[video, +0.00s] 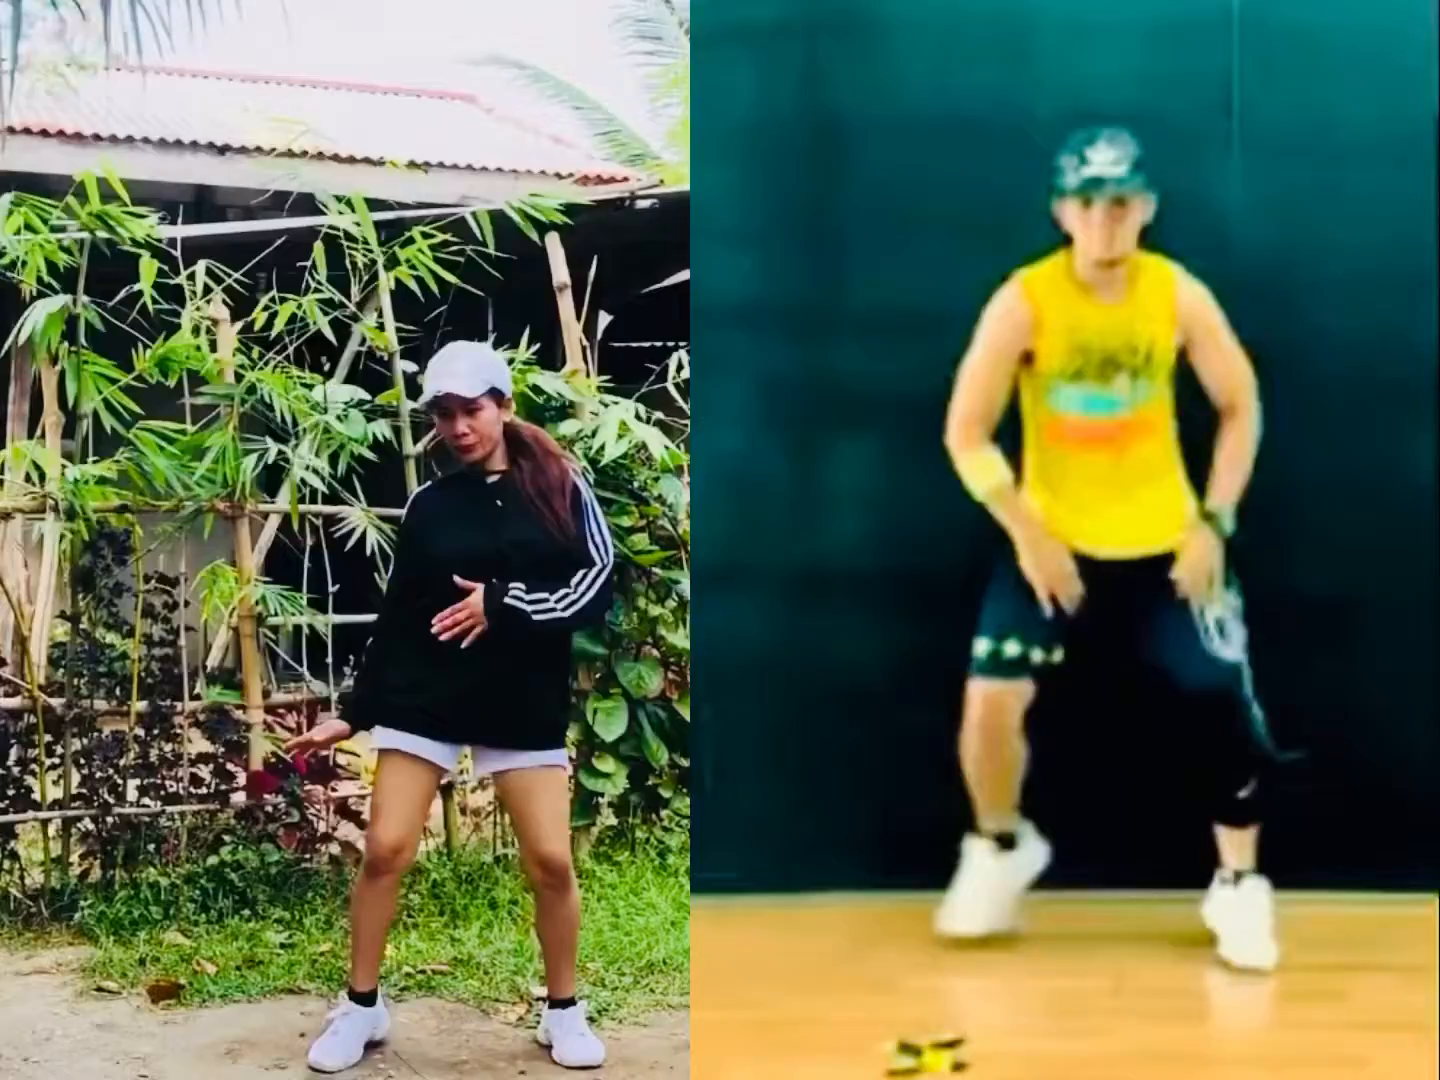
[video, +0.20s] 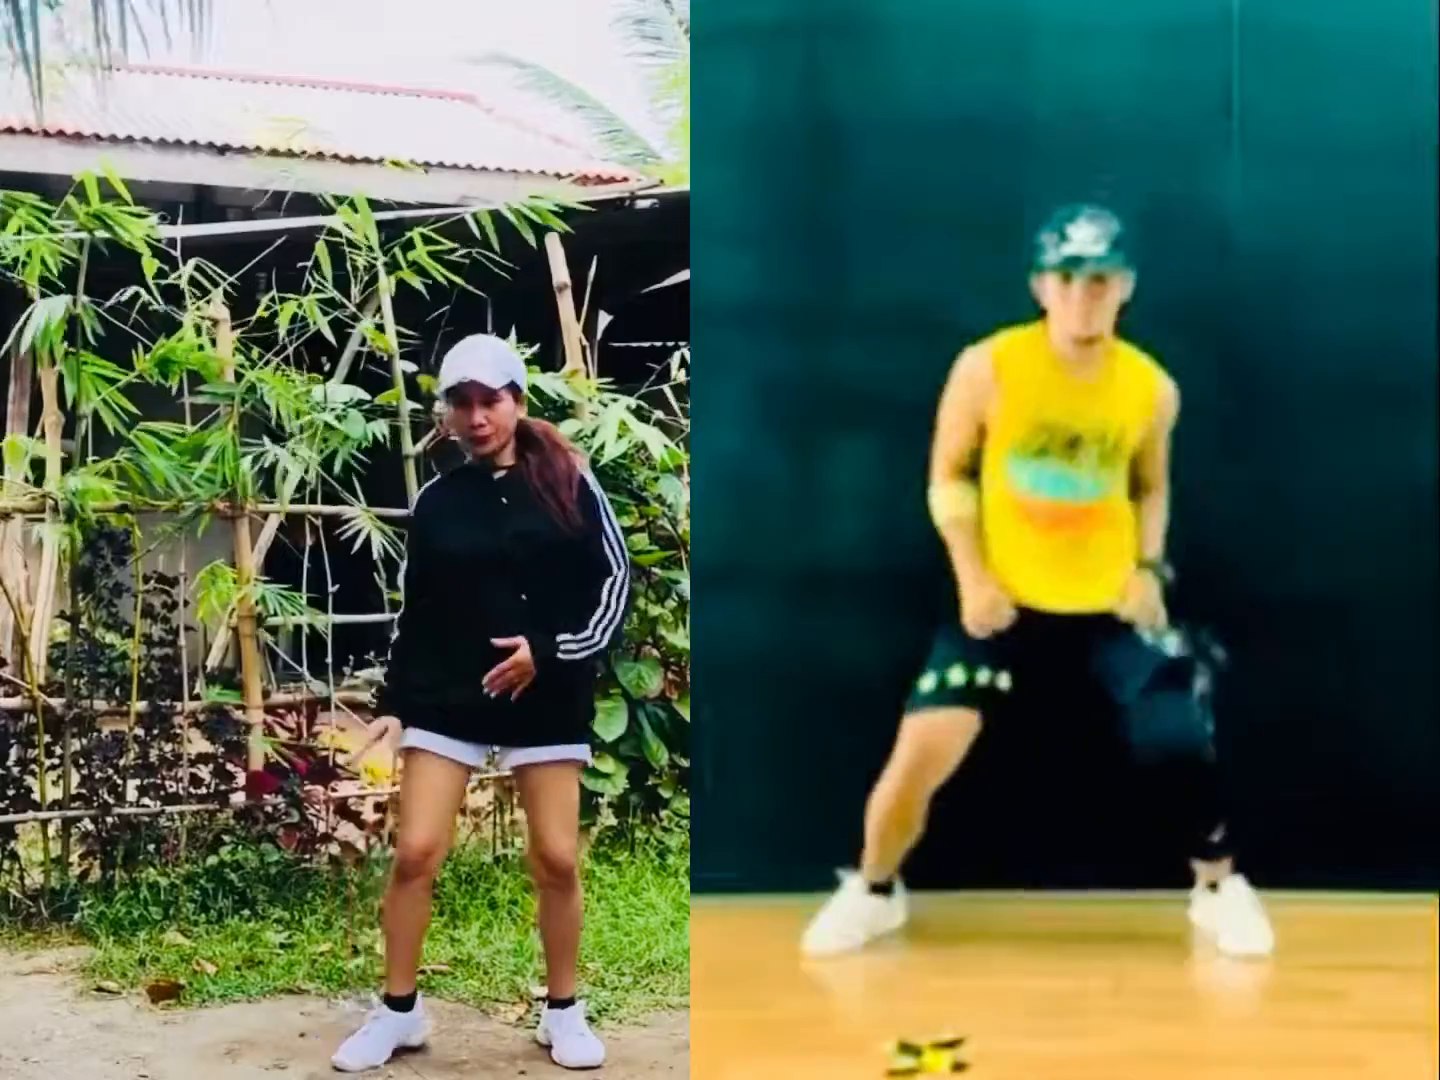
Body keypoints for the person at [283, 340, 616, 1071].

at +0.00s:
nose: (457, 427)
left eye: (469, 410)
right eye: (443, 415)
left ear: (502, 405)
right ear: (434, 422)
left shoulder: (556, 483)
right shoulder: (428, 504)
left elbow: (598, 575)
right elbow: (399, 616)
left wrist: (503, 600)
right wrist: (352, 714)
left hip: (525, 708)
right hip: (421, 702)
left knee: (553, 864)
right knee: (382, 851)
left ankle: (563, 1010)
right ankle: (360, 1008)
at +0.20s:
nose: (477, 416)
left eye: (490, 399)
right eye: (462, 401)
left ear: (517, 401)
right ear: (446, 412)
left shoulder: (567, 484)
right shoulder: (435, 499)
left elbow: (615, 585)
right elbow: (416, 606)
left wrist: (551, 653)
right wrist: (397, 695)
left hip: (546, 705)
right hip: (443, 699)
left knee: (557, 860)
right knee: (413, 854)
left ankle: (562, 1010)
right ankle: (398, 1009)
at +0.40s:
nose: (473, 429)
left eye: (488, 414)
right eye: (459, 414)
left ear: (514, 420)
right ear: (442, 425)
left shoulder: (561, 497)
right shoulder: (432, 517)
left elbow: (622, 588)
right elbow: (373, 620)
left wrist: (637, 676)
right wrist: (398, 600)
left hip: (549, 720)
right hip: (444, 717)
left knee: (561, 874)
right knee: (386, 852)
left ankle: (563, 1011)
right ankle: (373, 995)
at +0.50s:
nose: (458, 429)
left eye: (473, 414)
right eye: (445, 414)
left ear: (502, 417)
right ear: (431, 420)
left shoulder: (538, 496)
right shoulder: (410, 507)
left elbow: (596, 583)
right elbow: (372, 627)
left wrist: (629, 641)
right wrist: (345, 579)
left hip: (543, 718)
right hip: (440, 717)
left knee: (553, 871)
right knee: (369, 848)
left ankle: (564, 1011)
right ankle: (347, 993)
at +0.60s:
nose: (436, 447)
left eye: (452, 432)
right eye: (424, 432)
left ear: (480, 435)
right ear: (408, 436)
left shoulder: (511, 517)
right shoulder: (385, 521)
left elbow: (552, 612)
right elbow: (340, 626)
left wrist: (582, 657)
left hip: (525, 727)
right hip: (421, 730)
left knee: (546, 877)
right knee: (359, 874)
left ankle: (563, 1013)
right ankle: (323, 1005)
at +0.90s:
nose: (360, 453)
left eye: (376, 438)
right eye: (348, 438)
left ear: (403, 441)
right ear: (332, 442)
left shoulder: (437, 521)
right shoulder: (305, 536)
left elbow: (504, 607)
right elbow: (278, 657)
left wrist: (511, 633)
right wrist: (256, 640)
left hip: (432, 727)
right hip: (327, 737)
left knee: (508, 858)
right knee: (311, 888)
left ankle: (551, 1000)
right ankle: (322, 1008)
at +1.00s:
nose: (345, 432)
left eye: (361, 418)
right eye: (333, 417)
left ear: (390, 422)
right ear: (317, 422)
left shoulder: (416, 501)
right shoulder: (285, 507)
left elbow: (437, 599)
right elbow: (236, 599)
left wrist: (484, 639)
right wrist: (186, 590)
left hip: (437, 710)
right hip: (331, 721)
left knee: (489, 850)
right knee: (307, 869)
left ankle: (522, 998)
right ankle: (323, 1006)